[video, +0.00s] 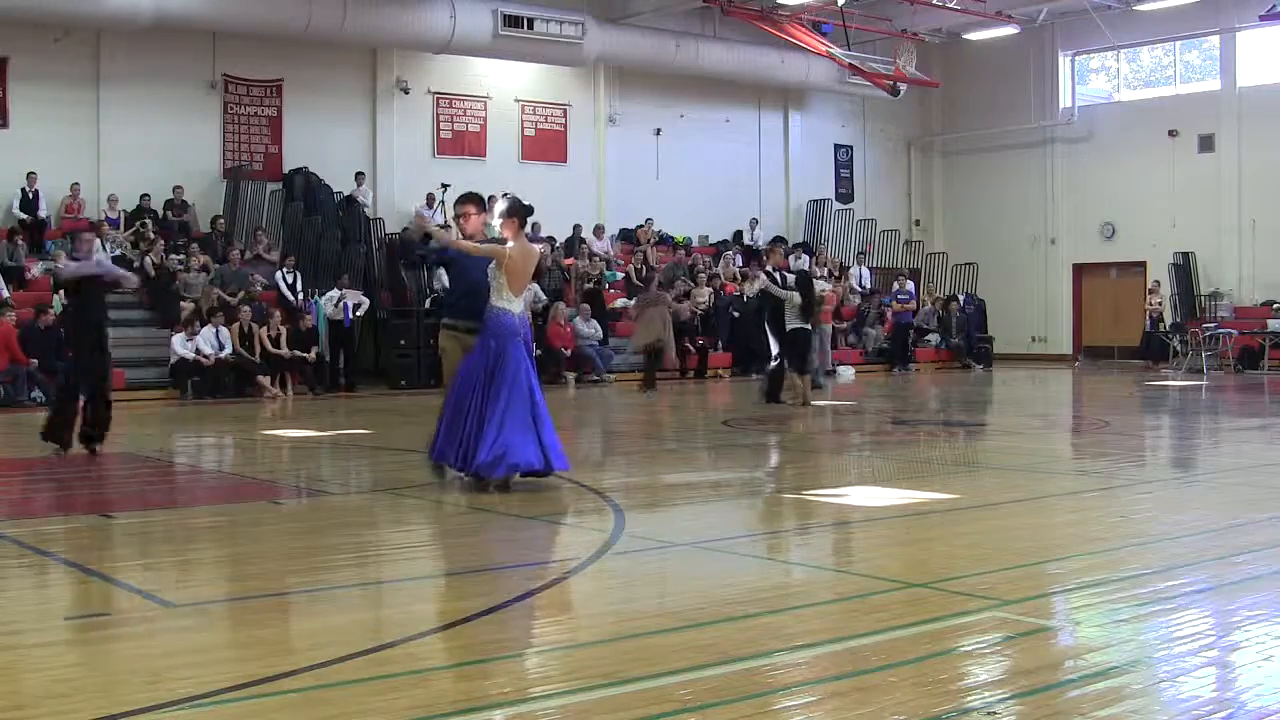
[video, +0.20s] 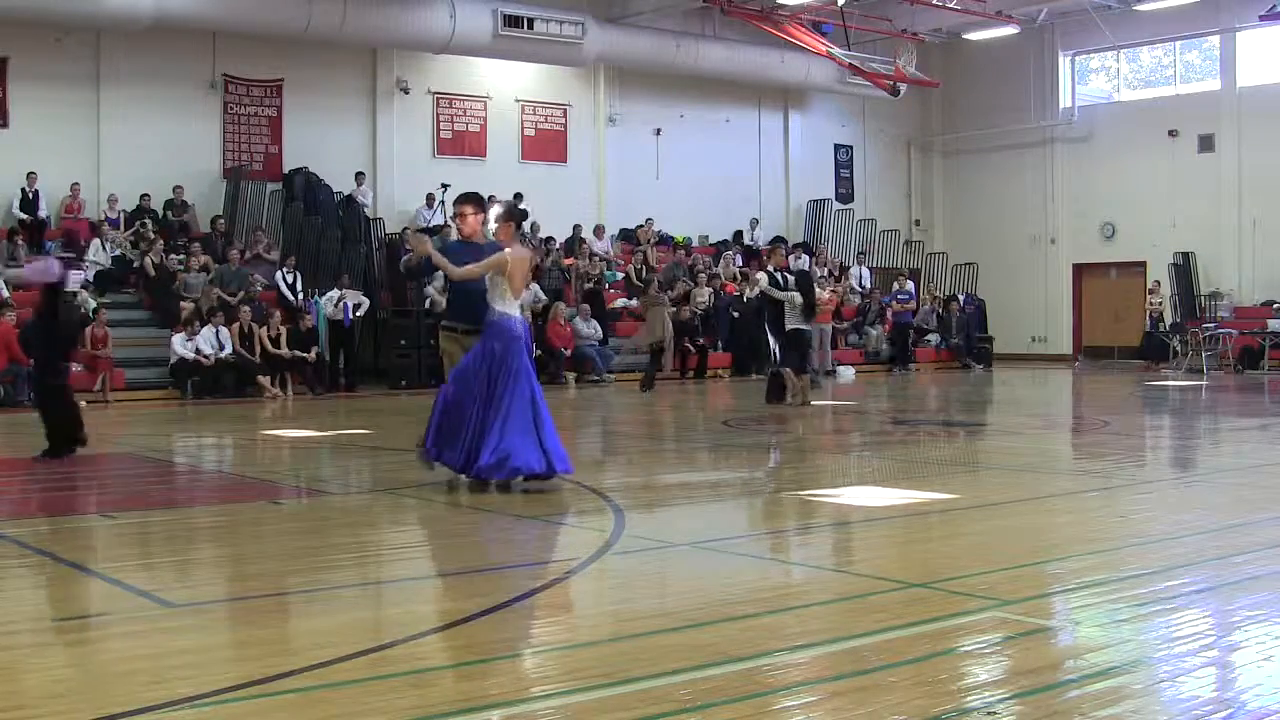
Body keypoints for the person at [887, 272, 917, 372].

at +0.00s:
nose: (901, 282)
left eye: (902, 280)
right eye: (899, 280)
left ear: (906, 281)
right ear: (897, 282)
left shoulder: (910, 294)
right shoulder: (894, 294)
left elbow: (913, 306)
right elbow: (894, 308)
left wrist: (900, 306)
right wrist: (907, 306)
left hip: (908, 321)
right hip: (897, 321)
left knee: (906, 344)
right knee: (896, 343)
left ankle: (906, 364)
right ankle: (896, 364)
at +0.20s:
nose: (901, 282)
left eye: (903, 280)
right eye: (899, 280)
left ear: (906, 281)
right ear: (897, 281)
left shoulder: (910, 294)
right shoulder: (894, 294)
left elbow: (913, 306)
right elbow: (894, 308)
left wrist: (900, 306)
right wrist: (907, 306)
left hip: (907, 321)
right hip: (897, 321)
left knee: (906, 344)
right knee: (896, 343)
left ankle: (905, 364)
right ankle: (896, 364)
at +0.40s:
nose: (901, 282)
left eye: (903, 280)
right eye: (899, 280)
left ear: (906, 281)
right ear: (897, 281)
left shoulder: (910, 294)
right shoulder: (894, 293)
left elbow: (913, 305)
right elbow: (894, 307)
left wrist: (900, 305)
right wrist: (907, 306)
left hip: (907, 322)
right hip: (896, 322)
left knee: (905, 344)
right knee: (895, 344)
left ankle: (905, 364)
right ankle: (895, 365)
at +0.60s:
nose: (901, 282)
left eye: (903, 280)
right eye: (899, 280)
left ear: (906, 281)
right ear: (897, 281)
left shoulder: (910, 294)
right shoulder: (894, 293)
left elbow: (913, 305)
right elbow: (895, 307)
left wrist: (900, 305)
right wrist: (907, 306)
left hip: (907, 322)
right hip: (896, 322)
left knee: (905, 344)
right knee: (895, 343)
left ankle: (905, 364)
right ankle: (894, 364)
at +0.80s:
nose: (902, 282)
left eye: (904, 280)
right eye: (900, 280)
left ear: (907, 281)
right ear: (898, 281)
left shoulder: (910, 293)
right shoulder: (894, 293)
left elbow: (913, 305)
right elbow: (896, 307)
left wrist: (901, 305)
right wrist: (908, 306)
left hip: (907, 321)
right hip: (897, 321)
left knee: (905, 343)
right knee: (896, 343)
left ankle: (905, 363)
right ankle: (895, 364)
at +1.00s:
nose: (902, 282)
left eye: (904, 280)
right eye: (900, 280)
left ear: (907, 281)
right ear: (898, 281)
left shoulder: (912, 293)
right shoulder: (894, 293)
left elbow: (914, 305)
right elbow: (896, 307)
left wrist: (901, 305)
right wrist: (909, 306)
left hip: (908, 321)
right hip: (897, 321)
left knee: (906, 344)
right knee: (895, 343)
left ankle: (905, 363)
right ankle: (895, 364)